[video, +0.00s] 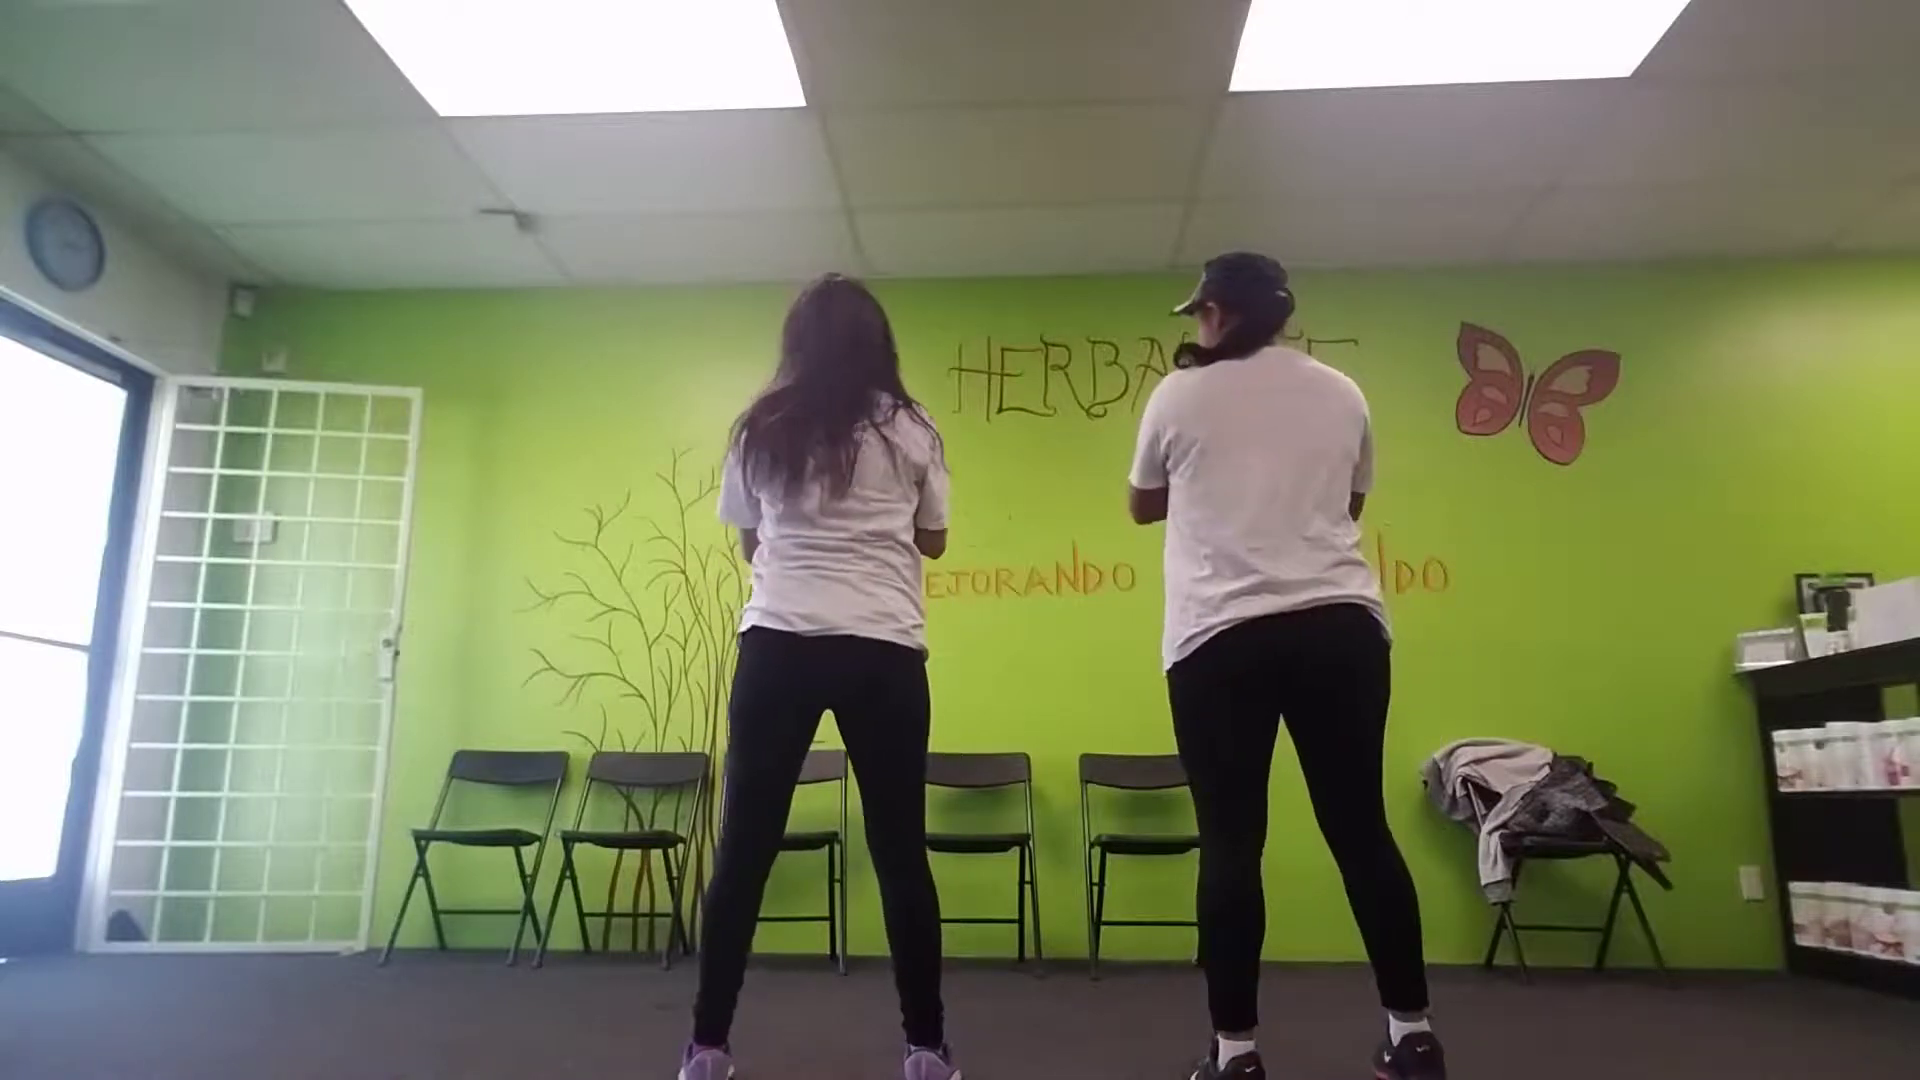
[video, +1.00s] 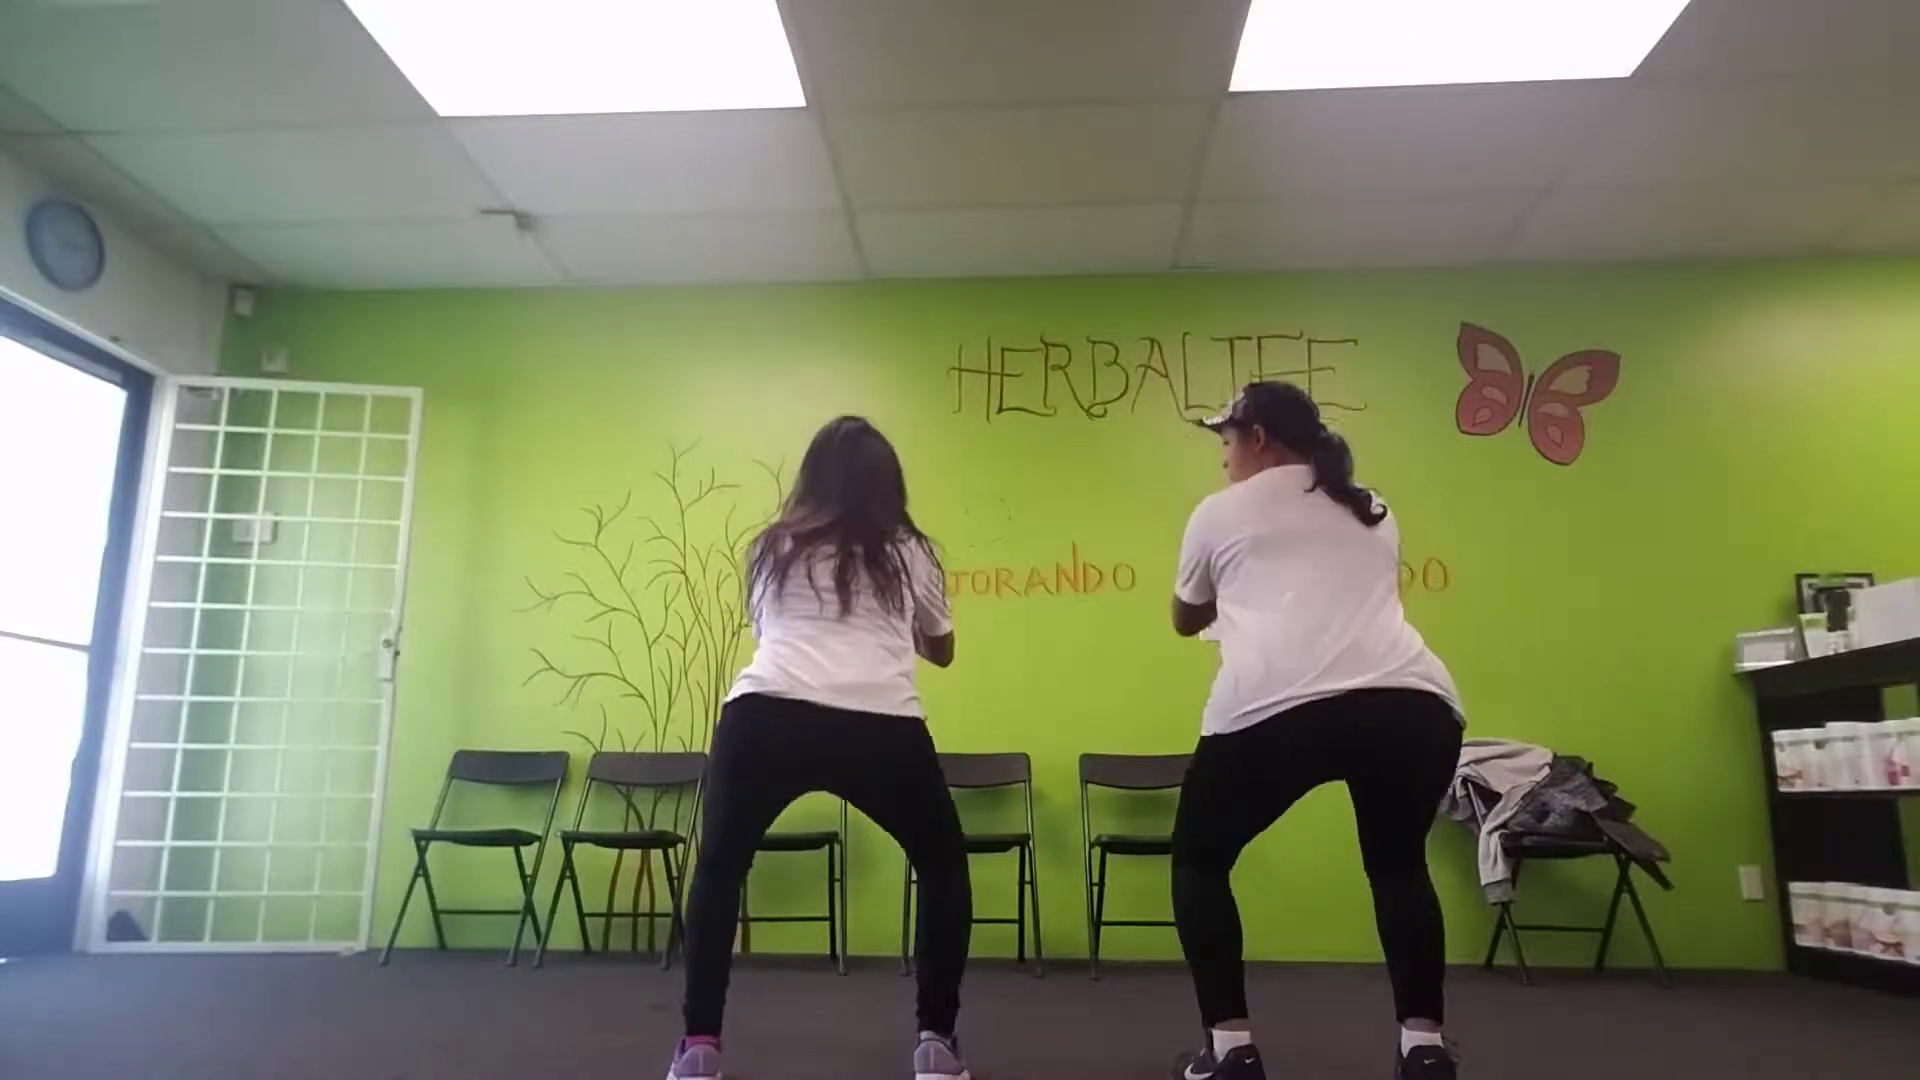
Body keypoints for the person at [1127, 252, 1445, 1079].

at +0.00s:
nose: (1197, 326)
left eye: (1204, 313)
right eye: (1199, 313)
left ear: (1226, 316)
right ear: (1282, 315)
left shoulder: (1177, 394)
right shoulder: (1341, 391)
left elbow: (1146, 504)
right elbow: (1350, 503)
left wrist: (1230, 467)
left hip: (1220, 647)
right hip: (1341, 637)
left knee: (1230, 844)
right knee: (1361, 828)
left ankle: (1234, 1050)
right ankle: (1412, 1033)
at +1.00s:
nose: (1224, 458)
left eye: (1229, 443)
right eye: (1225, 443)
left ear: (1259, 440)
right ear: (1305, 443)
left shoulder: (1219, 514)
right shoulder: (1373, 510)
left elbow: (1187, 618)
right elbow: (1375, 595)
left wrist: (1266, 583)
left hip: (1274, 716)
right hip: (1409, 709)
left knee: (1200, 863)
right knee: (1399, 862)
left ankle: (1231, 1049)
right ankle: (1424, 1043)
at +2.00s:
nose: (1218, 429)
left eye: (1222, 415)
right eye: (1219, 415)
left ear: (1246, 416)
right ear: (1298, 416)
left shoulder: (1206, 484)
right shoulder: (1361, 484)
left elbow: (1169, 591)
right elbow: (1378, 584)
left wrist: (1249, 559)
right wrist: (1300, 565)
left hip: (1256, 690)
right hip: (1383, 682)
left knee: (1192, 859)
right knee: (1390, 855)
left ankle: (1232, 1045)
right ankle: (1421, 1036)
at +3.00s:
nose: (1223, 425)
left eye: (1228, 410)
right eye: (1224, 411)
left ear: (1255, 407)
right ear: (1306, 409)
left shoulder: (1217, 476)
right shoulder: (1370, 476)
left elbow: (1170, 583)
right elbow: (1388, 569)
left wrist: (1245, 550)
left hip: (1269, 687)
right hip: (1398, 682)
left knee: (1203, 856)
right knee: (1390, 856)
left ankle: (1232, 1049)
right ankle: (1424, 1043)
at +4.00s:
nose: (1220, 455)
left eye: (1226, 441)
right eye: (1221, 441)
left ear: (1254, 440)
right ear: (1297, 442)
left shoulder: (1215, 505)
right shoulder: (1364, 504)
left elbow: (1173, 624)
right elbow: (1386, 600)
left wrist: (1248, 608)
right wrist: (1311, 605)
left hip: (1270, 694)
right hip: (1401, 687)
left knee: (1195, 854)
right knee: (1396, 856)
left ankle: (1232, 1045)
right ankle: (1421, 1037)